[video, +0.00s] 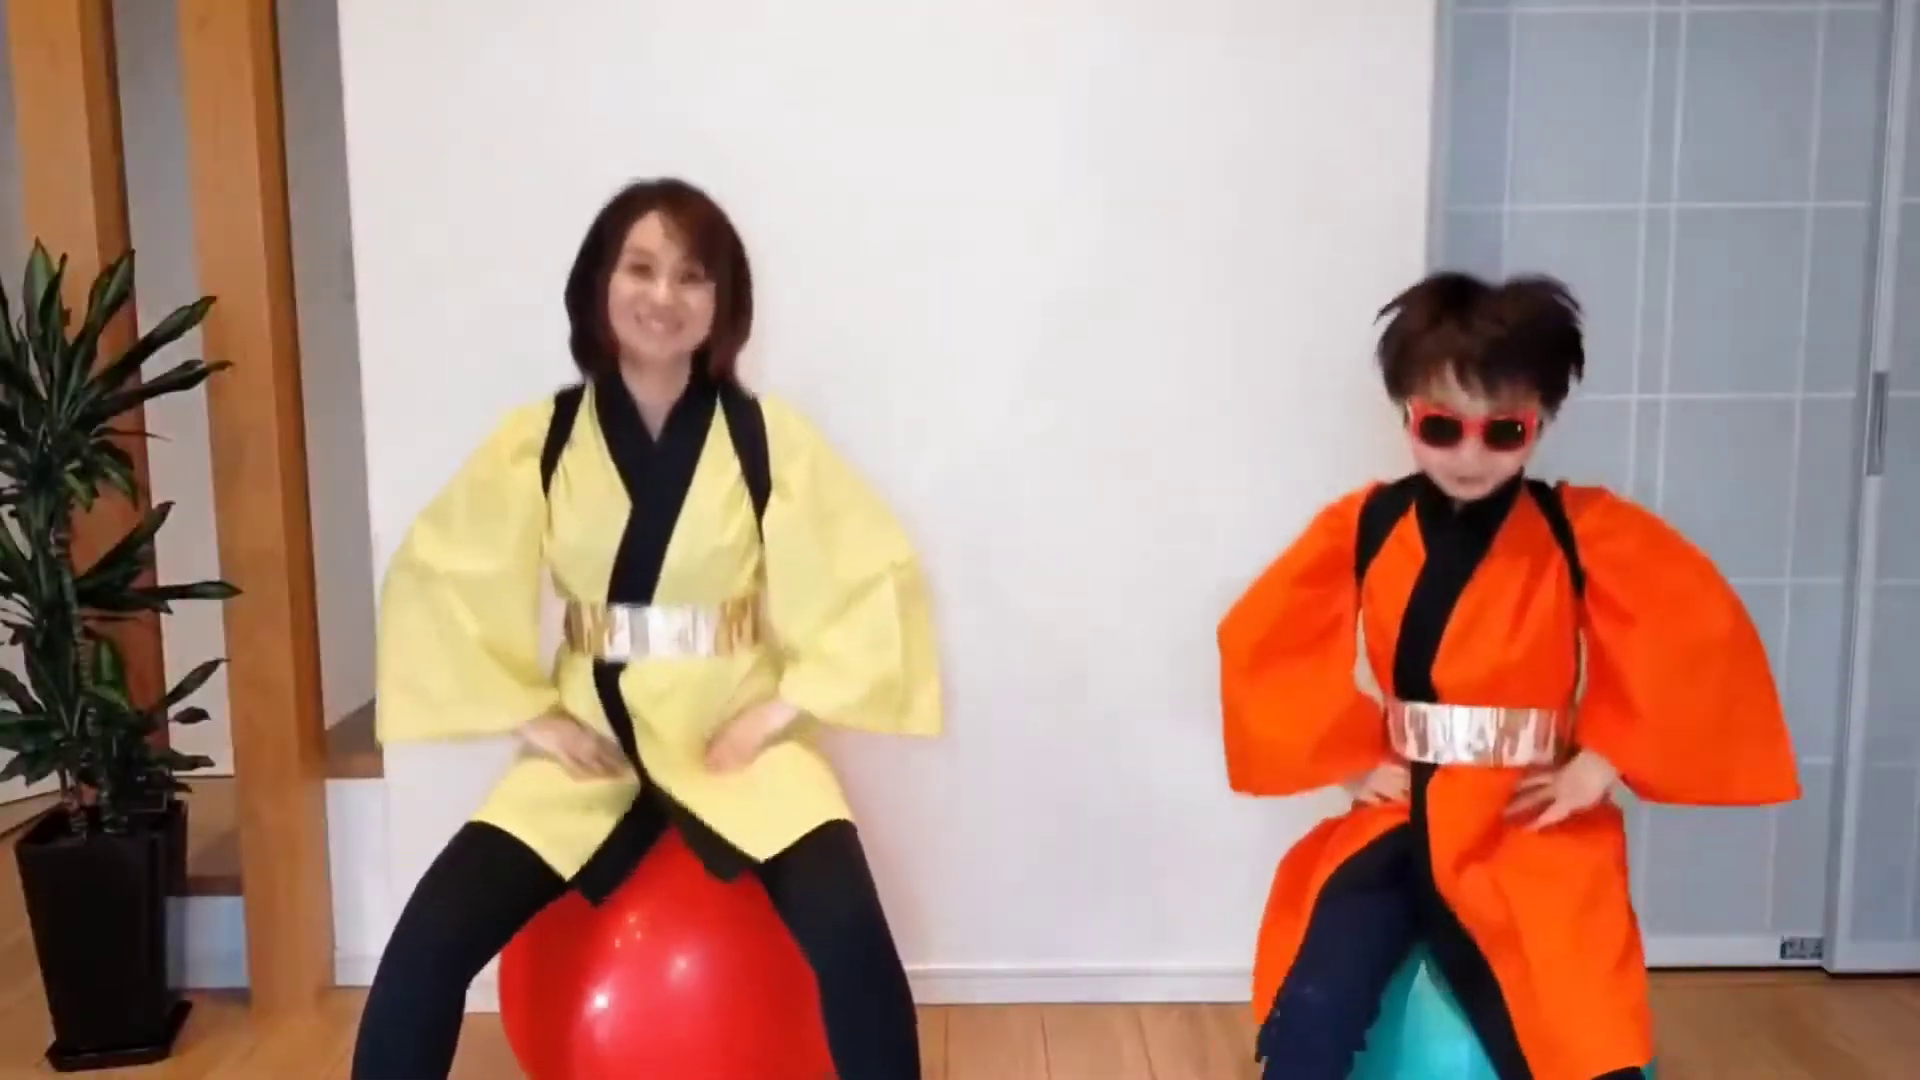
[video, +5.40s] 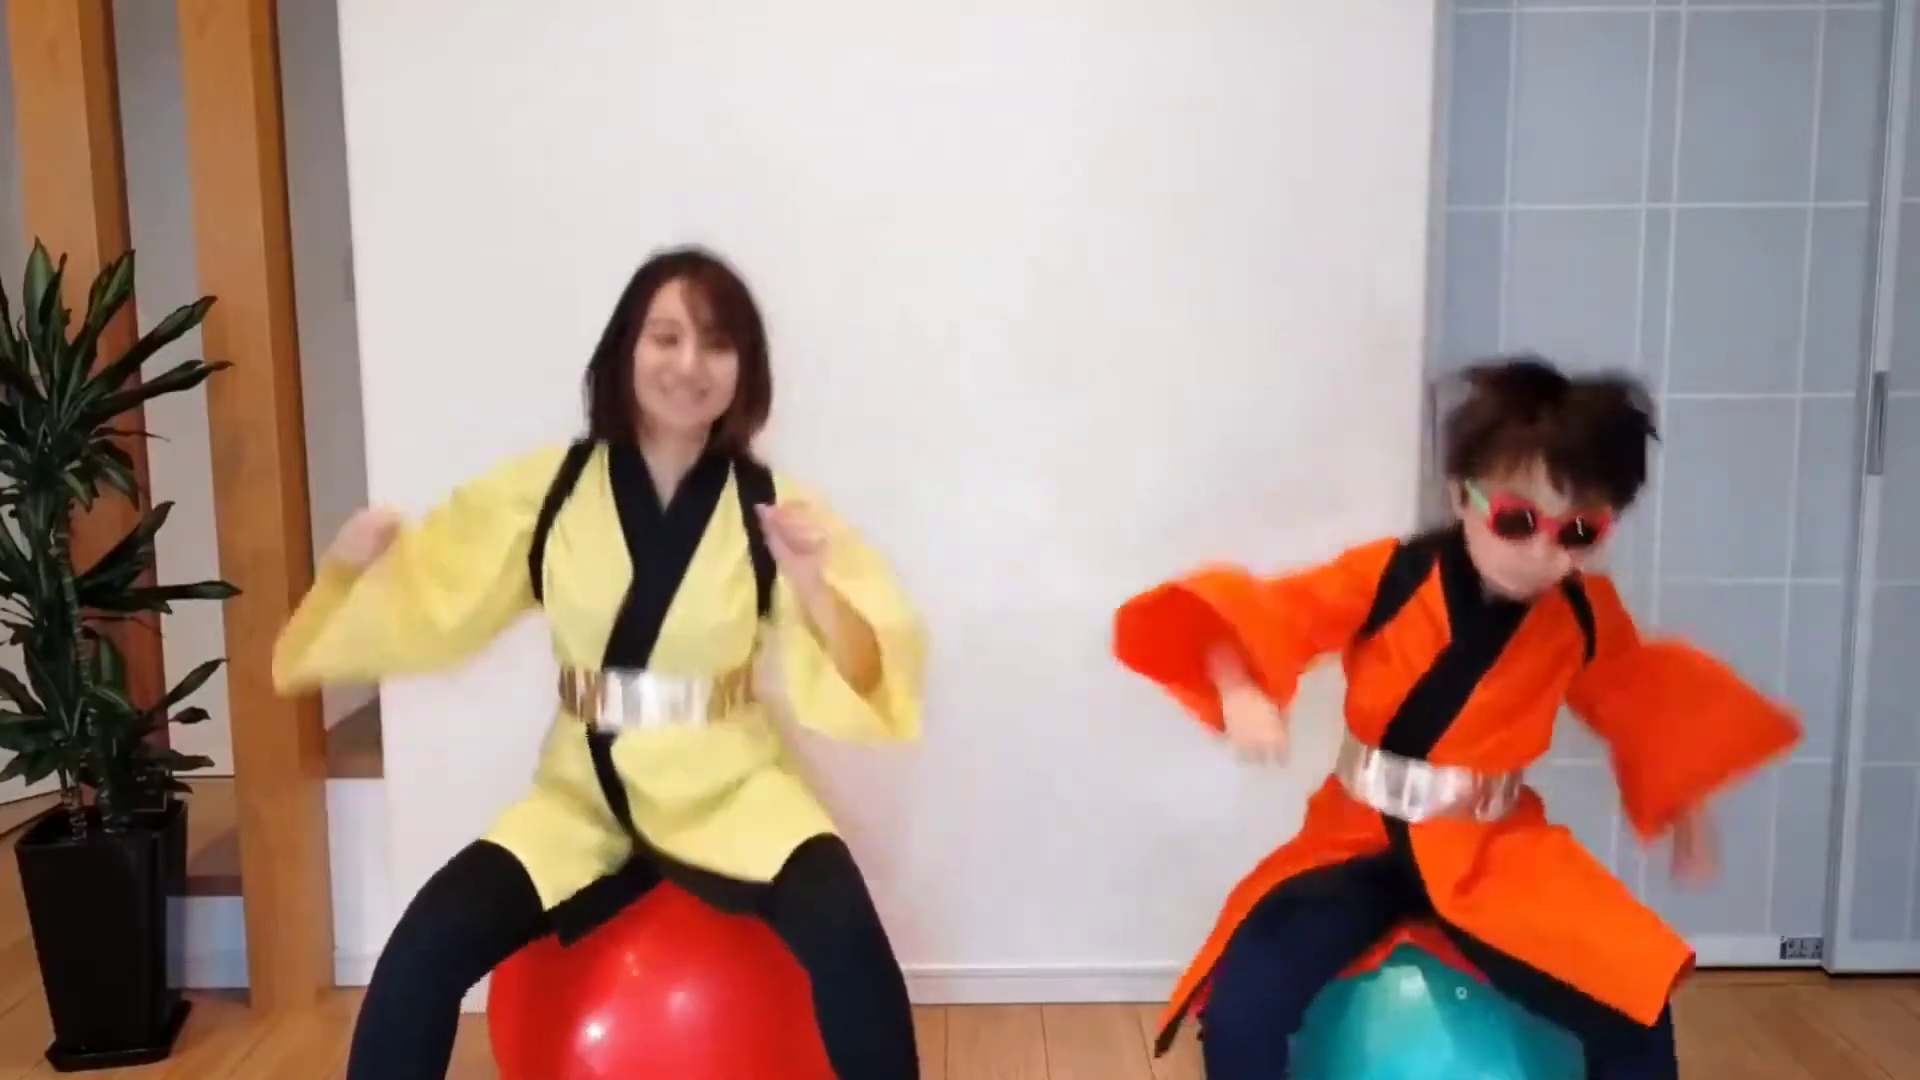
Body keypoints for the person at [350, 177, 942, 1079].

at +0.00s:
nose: (662, 296)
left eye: (690, 277)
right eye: (638, 269)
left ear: (722, 301)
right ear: (598, 287)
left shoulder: (768, 439)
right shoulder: (541, 438)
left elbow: (879, 582)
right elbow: (433, 578)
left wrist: (773, 712)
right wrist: (532, 715)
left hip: (744, 745)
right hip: (586, 747)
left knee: (853, 938)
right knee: (424, 946)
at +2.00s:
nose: (655, 421)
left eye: (680, 400)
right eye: (630, 398)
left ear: (711, 422)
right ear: (592, 415)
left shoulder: (764, 556)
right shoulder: (540, 561)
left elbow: (874, 707)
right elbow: (426, 706)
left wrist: (778, 806)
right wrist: (531, 811)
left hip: (736, 847)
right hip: (589, 851)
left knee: (831, 906)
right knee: (437, 933)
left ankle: (883, 1075)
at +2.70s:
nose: (636, 316)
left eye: (662, 290)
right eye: (613, 292)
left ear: (699, 308)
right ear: (580, 312)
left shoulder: (762, 451)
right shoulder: (535, 455)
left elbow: (869, 602)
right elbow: (434, 610)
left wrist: (778, 719)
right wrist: (543, 737)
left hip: (750, 755)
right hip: (589, 760)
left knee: (848, 934)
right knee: (431, 951)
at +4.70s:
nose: (667, 415)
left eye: (692, 396)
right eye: (643, 391)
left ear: (724, 419)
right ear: (603, 408)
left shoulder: (771, 551)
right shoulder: (537, 559)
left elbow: (883, 682)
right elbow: (435, 704)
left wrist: (788, 798)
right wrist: (543, 810)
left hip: (744, 835)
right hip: (589, 845)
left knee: (842, 914)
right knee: (440, 940)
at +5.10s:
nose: (670, 312)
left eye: (698, 292)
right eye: (646, 282)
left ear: (727, 314)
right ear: (600, 295)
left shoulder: (767, 446)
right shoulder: (521, 445)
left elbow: (851, 591)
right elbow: (435, 584)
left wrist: (801, 671)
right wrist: (500, 696)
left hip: (746, 747)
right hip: (583, 754)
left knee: (853, 932)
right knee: (433, 950)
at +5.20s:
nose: (675, 383)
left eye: (702, 362)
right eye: (650, 358)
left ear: (728, 386)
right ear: (603, 375)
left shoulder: (765, 524)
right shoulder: (540, 521)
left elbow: (808, 643)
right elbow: (456, 644)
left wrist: (836, 698)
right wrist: (390, 738)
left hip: (742, 805)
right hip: (591, 814)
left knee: (844, 905)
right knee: (434, 941)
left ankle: (885, 1073)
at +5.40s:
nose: (690, 362)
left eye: (715, 343)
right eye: (665, 337)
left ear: (743, 367)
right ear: (624, 352)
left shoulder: (772, 503)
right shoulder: (556, 484)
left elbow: (871, 676)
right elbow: (431, 603)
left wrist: (816, 585)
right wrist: (363, 563)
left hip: (733, 799)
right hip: (582, 804)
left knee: (844, 928)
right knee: (427, 944)